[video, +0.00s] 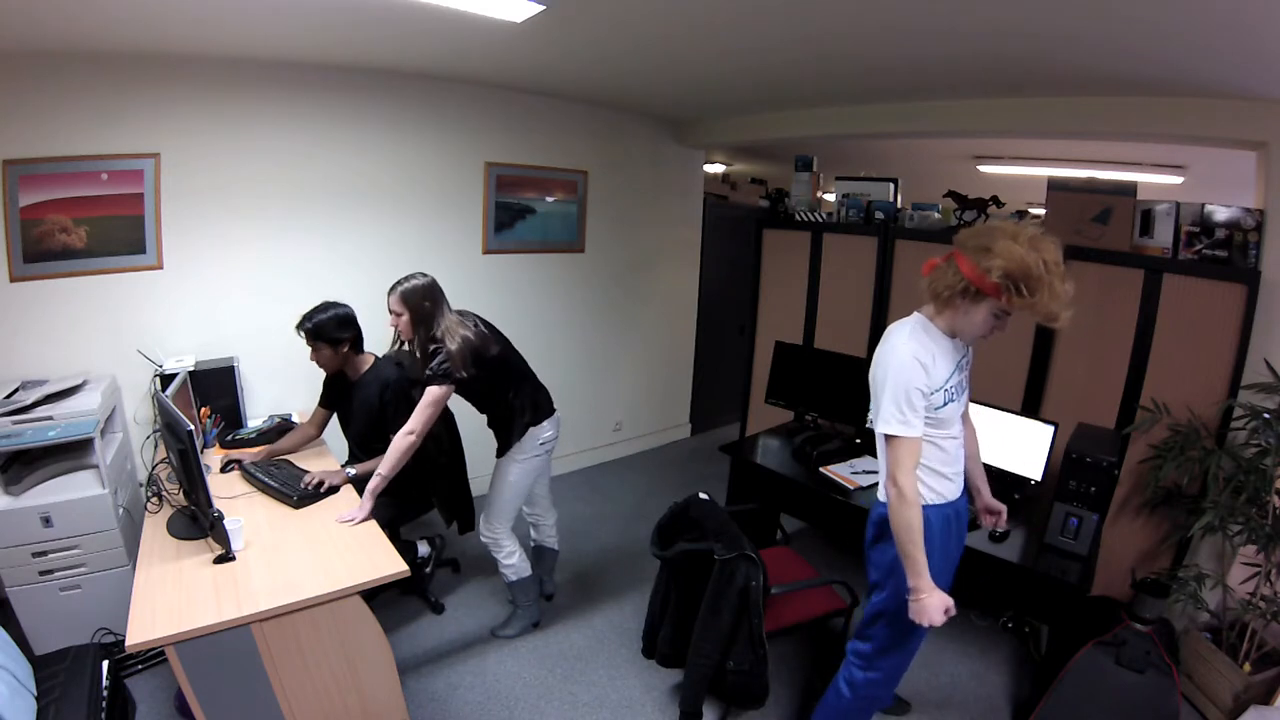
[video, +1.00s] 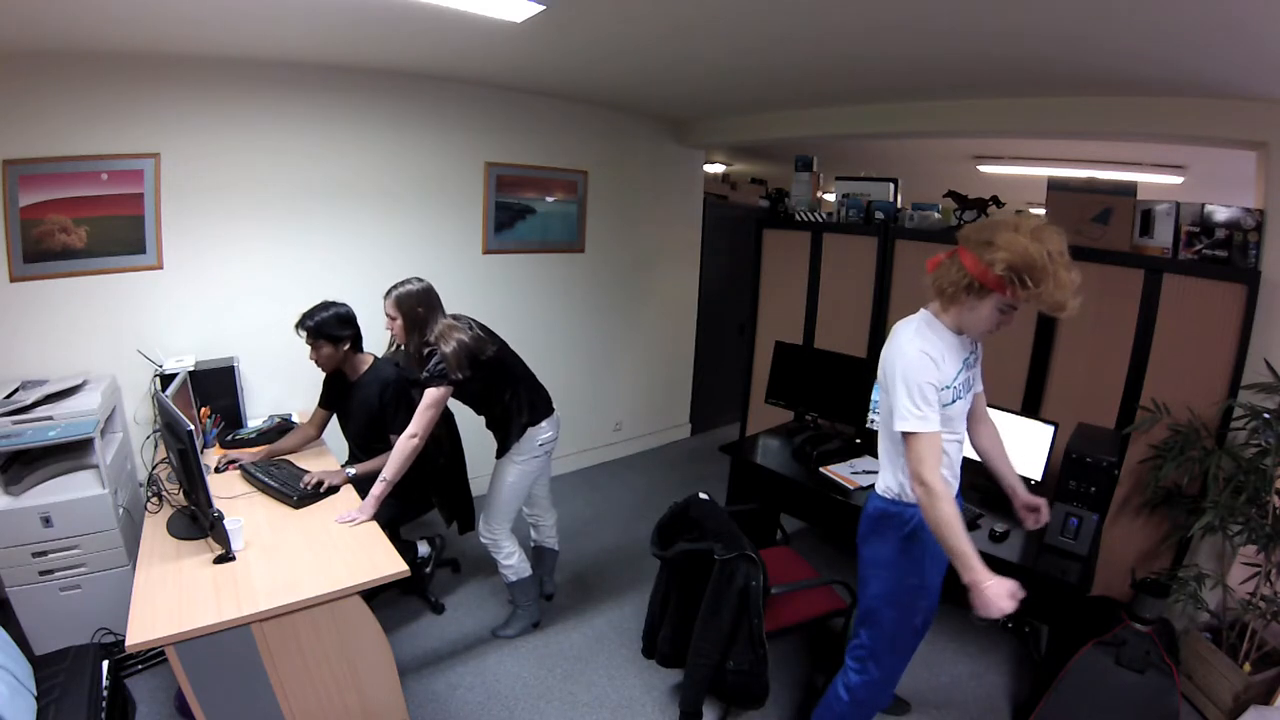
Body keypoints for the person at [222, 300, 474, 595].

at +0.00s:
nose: (312, 356)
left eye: (316, 348)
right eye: (310, 348)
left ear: (343, 346)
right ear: (337, 348)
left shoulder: (392, 380)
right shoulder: (337, 378)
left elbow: (407, 448)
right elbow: (312, 428)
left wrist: (346, 473)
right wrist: (261, 453)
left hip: (415, 477)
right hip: (372, 470)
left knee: (353, 532)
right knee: (322, 514)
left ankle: (418, 554)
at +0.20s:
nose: (311, 356)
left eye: (316, 348)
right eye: (310, 348)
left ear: (342, 345)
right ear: (337, 347)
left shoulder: (391, 380)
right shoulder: (338, 378)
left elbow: (407, 448)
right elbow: (312, 427)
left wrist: (347, 473)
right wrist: (261, 452)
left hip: (414, 477)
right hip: (372, 470)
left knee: (352, 531)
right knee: (322, 514)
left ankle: (418, 554)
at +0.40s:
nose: (312, 356)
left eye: (317, 348)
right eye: (310, 348)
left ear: (343, 345)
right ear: (336, 346)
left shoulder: (389, 381)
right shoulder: (337, 377)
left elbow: (406, 448)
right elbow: (312, 428)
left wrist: (347, 472)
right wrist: (261, 452)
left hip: (413, 478)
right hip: (370, 471)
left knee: (350, 534)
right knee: (321, 515)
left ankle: (418, 554)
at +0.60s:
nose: (312, 356)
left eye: (317, 347)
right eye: (311, 347)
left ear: (344, 345)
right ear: (338, 346)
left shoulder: (389, 381)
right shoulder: (337, 377)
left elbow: (405, 450)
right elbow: (312, 428)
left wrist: (347, 473)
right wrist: (260, 453)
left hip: (412, 477)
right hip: (371, 470)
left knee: (349, 531)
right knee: (320, 513)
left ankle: (418, 555)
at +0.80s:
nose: (312, 355)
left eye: (317, 347)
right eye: (311, 347)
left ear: (343, 344)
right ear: (336, 346)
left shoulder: (388, 381)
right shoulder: (337, 377)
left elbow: (405, 450)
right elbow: (311, 428)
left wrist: (347, 473)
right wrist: (259, 453)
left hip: (413, 477)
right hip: (371, 470)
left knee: (351, 531)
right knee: (321, 513)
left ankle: (418, 554)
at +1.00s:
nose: (311, 355)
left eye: (316, 347)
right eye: (310, 347)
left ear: (343, 344)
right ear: (336, 346)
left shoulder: (388, 381)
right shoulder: (337, 377)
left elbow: (405, 449)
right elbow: (311, 428)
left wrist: (347, 473)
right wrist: (259, 453)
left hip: (412, 478)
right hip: (371, 471)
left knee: (352, 532)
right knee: (321, 514)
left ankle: (418, 554)